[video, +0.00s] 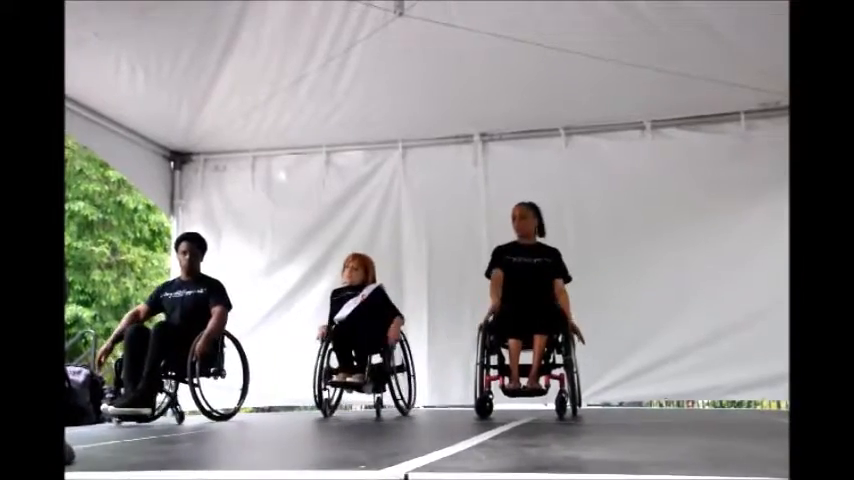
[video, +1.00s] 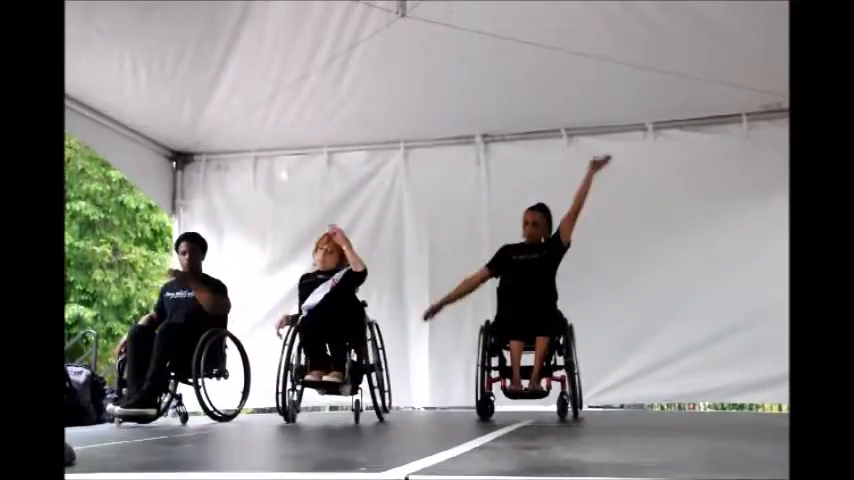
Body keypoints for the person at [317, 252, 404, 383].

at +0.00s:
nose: (349, 272)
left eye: (355, 269)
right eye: (347, 267)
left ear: (366, 273)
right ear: (343, 271)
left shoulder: (375, 291)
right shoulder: (337, 294)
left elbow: (398, 316)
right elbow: (334, 322)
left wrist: (395, 327)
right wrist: (326, 330)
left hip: (373, 332)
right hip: (349, 333)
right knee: (338, 332)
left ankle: (359, 373)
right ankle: (345, 370)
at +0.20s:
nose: (344, 268)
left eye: (350, 265)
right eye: (341, 264)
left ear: (361, 270)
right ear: (337, 268)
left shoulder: (368, 289)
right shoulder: (331, 290)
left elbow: (384, 316)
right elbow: (321, 317)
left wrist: (386, 340)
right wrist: (313, 337)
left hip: (365, 330)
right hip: (341, 329)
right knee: (332, 331)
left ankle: (355, 371)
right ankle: (339, 369)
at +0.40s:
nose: (336, 261)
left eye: (342, 258)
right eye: (333, 258)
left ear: (354, 263)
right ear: (329, 262)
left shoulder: (361, 283)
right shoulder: (326, 284)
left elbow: (376, 309)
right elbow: (311, 310)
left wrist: (372, 329)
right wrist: (312, 297)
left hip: (355, 319)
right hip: (334, 319)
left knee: (349, 336)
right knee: (323, 330)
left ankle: (348, 369)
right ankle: (332, 366)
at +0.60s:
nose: (329, 259)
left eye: (336, 255)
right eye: (327, 254)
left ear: (349, 260)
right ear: (324, 258)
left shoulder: (359, 280)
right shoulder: (320, 281)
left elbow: (369, 301)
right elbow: (295, 300)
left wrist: (379, 297)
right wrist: (289, 269)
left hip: (354, 320)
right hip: (330, 319)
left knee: (342, 332)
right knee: (317, 326)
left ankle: (344, 368)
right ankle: (327, 367)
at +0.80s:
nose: (327, 256)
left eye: (333, 253)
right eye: (324, 252)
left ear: (346, 257)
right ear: (321, 256)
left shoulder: (354, 277)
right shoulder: (314, 281)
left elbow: (374, 281)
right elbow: (299, 316)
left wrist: (383, 251)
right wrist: (275, 302)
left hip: (347, 318)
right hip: (322, 319)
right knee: (310, 322)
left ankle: (339, 368)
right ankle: (320, 366)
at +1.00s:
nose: (324, 254)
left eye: (330, 251)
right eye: (321, 249)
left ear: (340, 257)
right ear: (314, 256)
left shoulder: (346, 276)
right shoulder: (307, 280)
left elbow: (360, 271)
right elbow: (304, 313)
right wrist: (289, 319)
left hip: (343, 318)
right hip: (318, 320)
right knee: (307, 322)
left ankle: (337, 370)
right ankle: (317, 368)